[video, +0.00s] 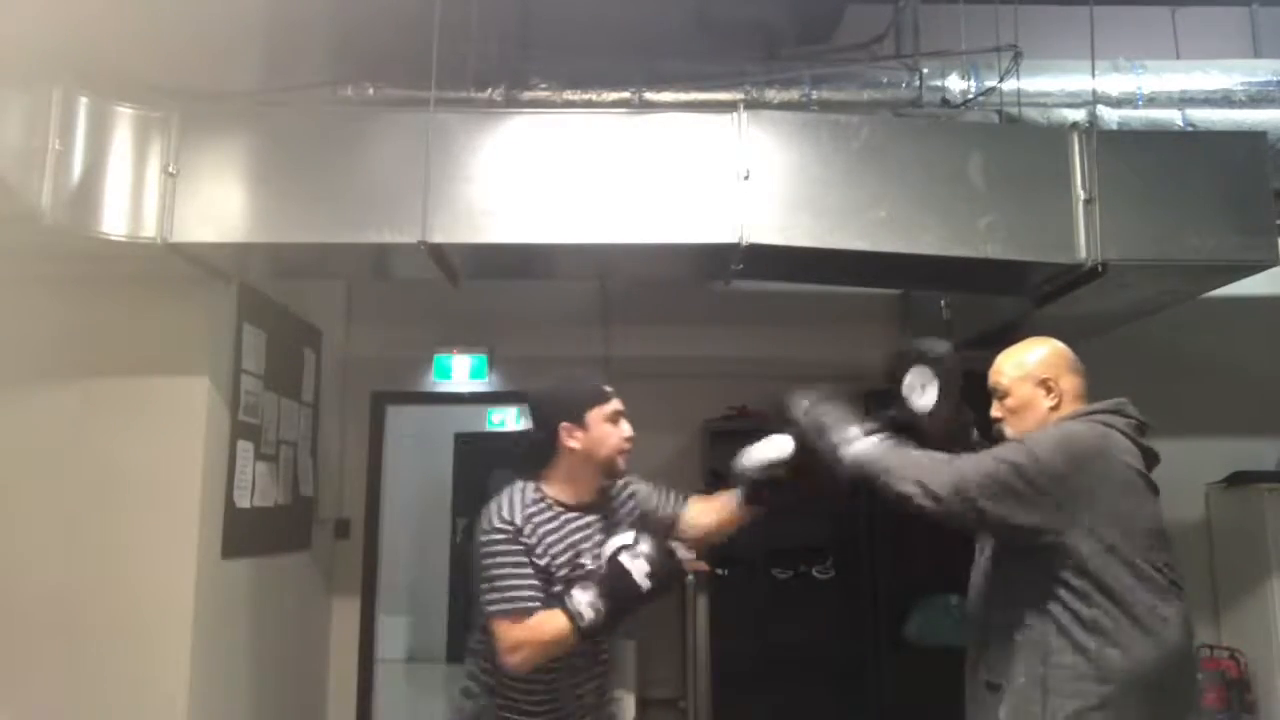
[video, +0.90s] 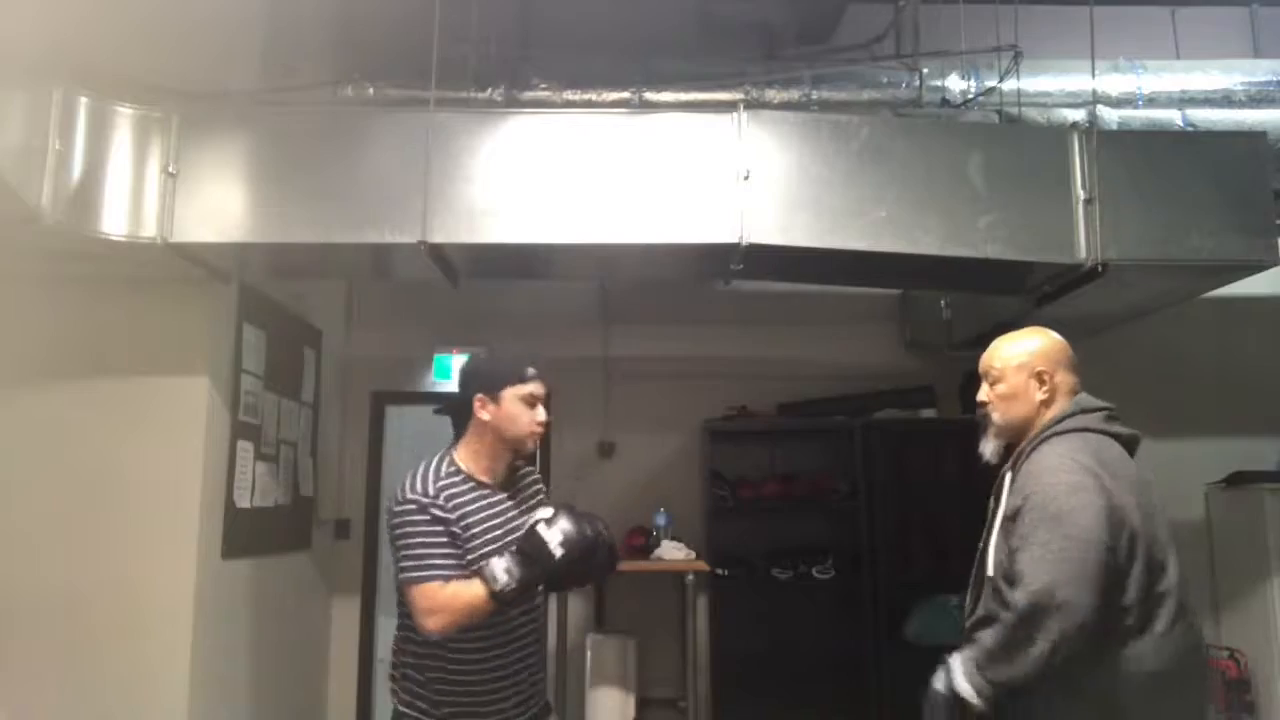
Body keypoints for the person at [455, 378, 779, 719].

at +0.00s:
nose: (629, 433)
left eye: (625, 419)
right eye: (614, 420)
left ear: (576, 436)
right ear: (571, 435)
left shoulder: (620, 496)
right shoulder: (507, 521)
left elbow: (695, 519)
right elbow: (515, 650)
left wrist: (753, 492)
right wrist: (607, 593)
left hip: (589, 705)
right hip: (510, 711)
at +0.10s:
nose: (647, 424)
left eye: (641, 411)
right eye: (631, 413)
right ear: (591, 431)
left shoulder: (628, 501)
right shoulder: (543, 510)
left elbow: (668, 562)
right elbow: (577, 633)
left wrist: (725, 525)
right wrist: (648, 546)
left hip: (617, 706)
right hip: (537, 710)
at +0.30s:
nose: (637, 422)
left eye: (631, 410)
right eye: (620, 411)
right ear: (578, 428)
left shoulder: (537, 478)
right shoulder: (582, 488)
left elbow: (580, 561)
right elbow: (685, 522)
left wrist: (657, 564)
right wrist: (714, 459)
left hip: (511, 699)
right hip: (576, 706)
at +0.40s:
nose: (612, 420)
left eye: (607, 406)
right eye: (595, 408)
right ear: (554, 425)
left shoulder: (533, 482)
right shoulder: (537, 491)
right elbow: (618, 579)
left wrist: (612, 532)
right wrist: (662, 517)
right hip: (529, 707)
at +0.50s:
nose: (587, 416)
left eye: (582, 403)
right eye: (569, 403)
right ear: (528, 419)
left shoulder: (538, 497)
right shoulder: (493, 496)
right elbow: (538, 603)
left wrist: (615, 553)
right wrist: (605, 552)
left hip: (544, 705)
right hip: (490, 708)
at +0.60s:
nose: (567, 410)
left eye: (563, 398)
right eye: (551, 397)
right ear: (507, 408)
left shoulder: (534, 492)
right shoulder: (461, 495)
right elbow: (488, 610)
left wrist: (594, 548)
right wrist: (563, 552)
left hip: (523, 702)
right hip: (458, 707)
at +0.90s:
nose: (544, 417)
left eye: (543, 404)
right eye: (530, 402)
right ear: (483, 406)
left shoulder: (525, 480)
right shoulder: (424, 494)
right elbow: (432, 615)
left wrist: (578, 553)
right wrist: (523, 564)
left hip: (526, 702)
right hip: (442, 709)